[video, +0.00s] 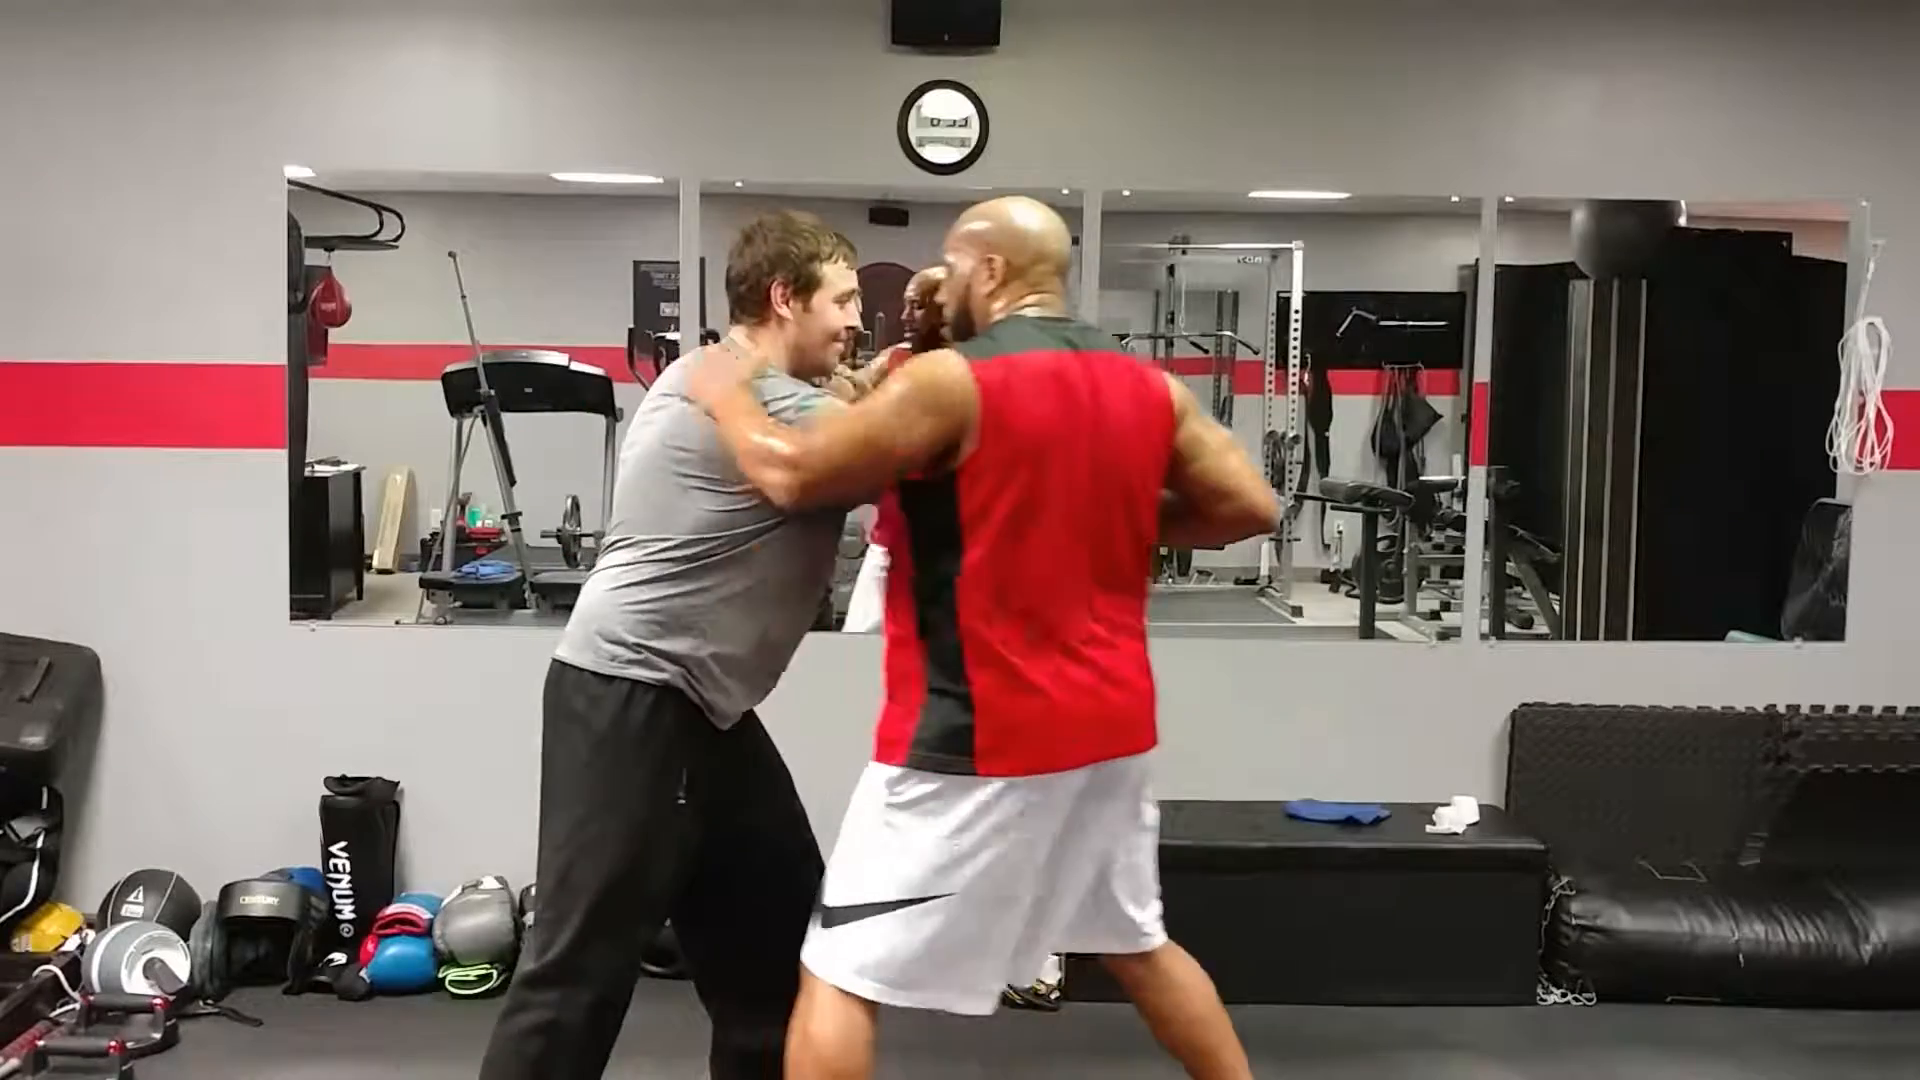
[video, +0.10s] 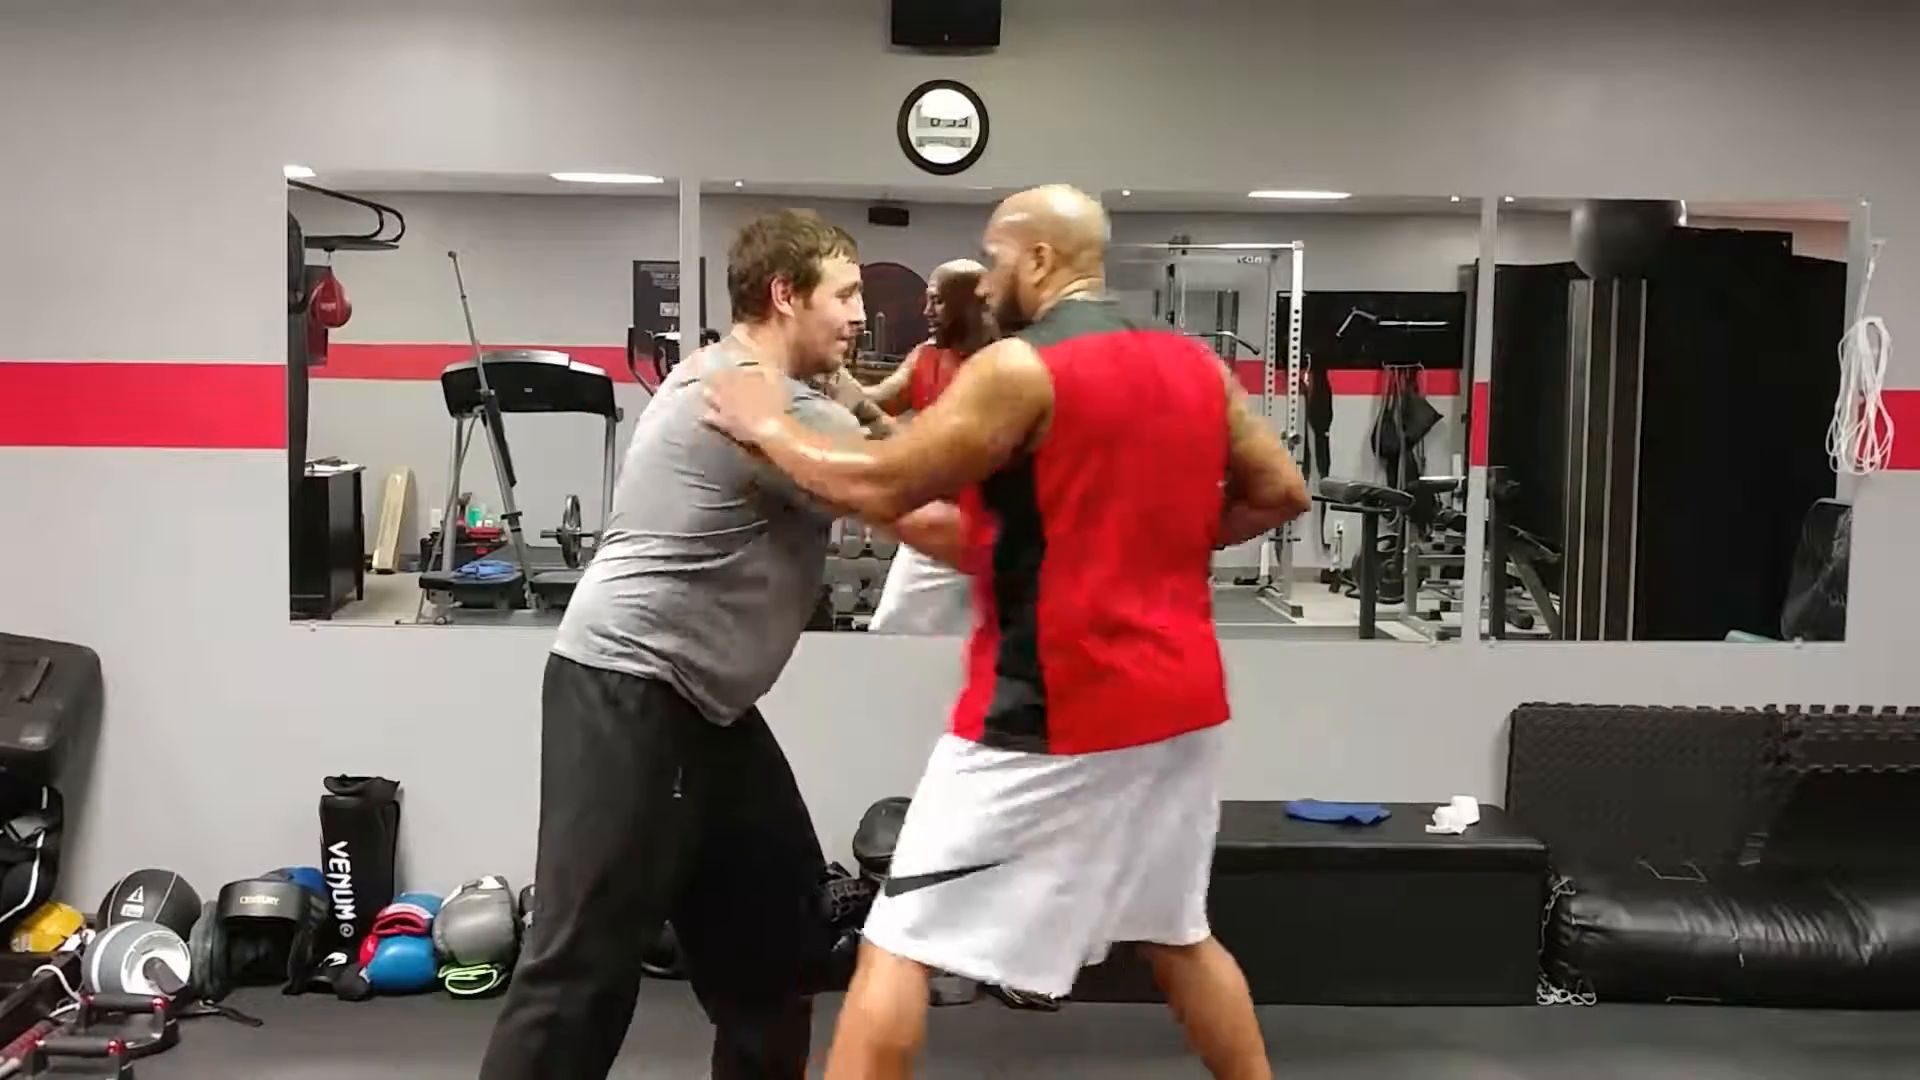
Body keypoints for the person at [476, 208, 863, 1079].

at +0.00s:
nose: (857, 320)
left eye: (857, 301)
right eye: (843, 299)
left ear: (778, 304)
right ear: (782, 300)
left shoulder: (706, 378)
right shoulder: (749, 391)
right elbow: (905, 452)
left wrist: (884, 395)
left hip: (704, 707)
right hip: (624, 696)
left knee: (778, 928)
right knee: (582, 961)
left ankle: (759, 1070)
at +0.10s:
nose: (859, 313)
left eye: (859, 294)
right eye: (845, 293)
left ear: (784, 298)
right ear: (784, 297)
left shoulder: (774, 382)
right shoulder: (751, 396)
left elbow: (882, 431)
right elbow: (911, 510)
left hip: (705, 703)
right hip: (623, 688)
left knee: (774, 936)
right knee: (582, 958)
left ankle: (763, 1073)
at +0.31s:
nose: (839, 296)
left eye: (838, 277)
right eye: (821, 278)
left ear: (765, 285)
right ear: (753, 284)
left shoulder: (782, 386)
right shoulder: (693, 384)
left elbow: (808, 502)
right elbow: (729, 566)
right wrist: (867, 546)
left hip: (692, 686)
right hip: (593, 668)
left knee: (744, 912)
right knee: (534, 927)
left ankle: (756, 1074)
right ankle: (467, 1074)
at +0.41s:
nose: (765, 285)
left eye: (764, 267)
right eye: (746, 266)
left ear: (694, 276)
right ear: (678, 274)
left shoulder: (729, 379)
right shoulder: (597, 380)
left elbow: (796, 477)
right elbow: (666, 531)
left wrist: (819, 394)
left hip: (674, 708)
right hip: (556, 696)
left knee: (728, 965)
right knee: (465, 959)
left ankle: (754, 1074)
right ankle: (387, 1077)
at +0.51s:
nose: (712, 292)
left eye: (710, 274)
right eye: (693, 272)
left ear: (628, 280)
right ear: (620, 278)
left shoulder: (678, 388)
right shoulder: (528, 384)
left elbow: (776, 462)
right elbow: (621, 502)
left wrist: (754, 364)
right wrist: (666, 367)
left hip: (647, 727)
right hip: (512, 717)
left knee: (721, 969)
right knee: (417, 981)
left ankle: (758, 1079)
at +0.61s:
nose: (681, 280)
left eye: (678, 261)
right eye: (663, 260)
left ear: (606, 270)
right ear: (590, 268)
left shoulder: (665, 377)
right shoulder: (494, 370)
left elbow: (756, 457)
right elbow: (575, 482)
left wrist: (730, 349)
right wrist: (629, 345)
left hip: (634, 714)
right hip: (496, 707)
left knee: (708, 958)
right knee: (412, 971)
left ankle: (751, 1078)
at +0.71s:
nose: (669, 283)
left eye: (667, 264)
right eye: (651, 264)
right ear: (576, 272)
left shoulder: (659, 376)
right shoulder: (481, 374)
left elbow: (759, 458)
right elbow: (555, 488)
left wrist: (725, 349)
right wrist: (612, 353)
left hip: (643, 716)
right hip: (497, 715)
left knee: (720, 966)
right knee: (423, 973)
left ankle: (763, 1077)